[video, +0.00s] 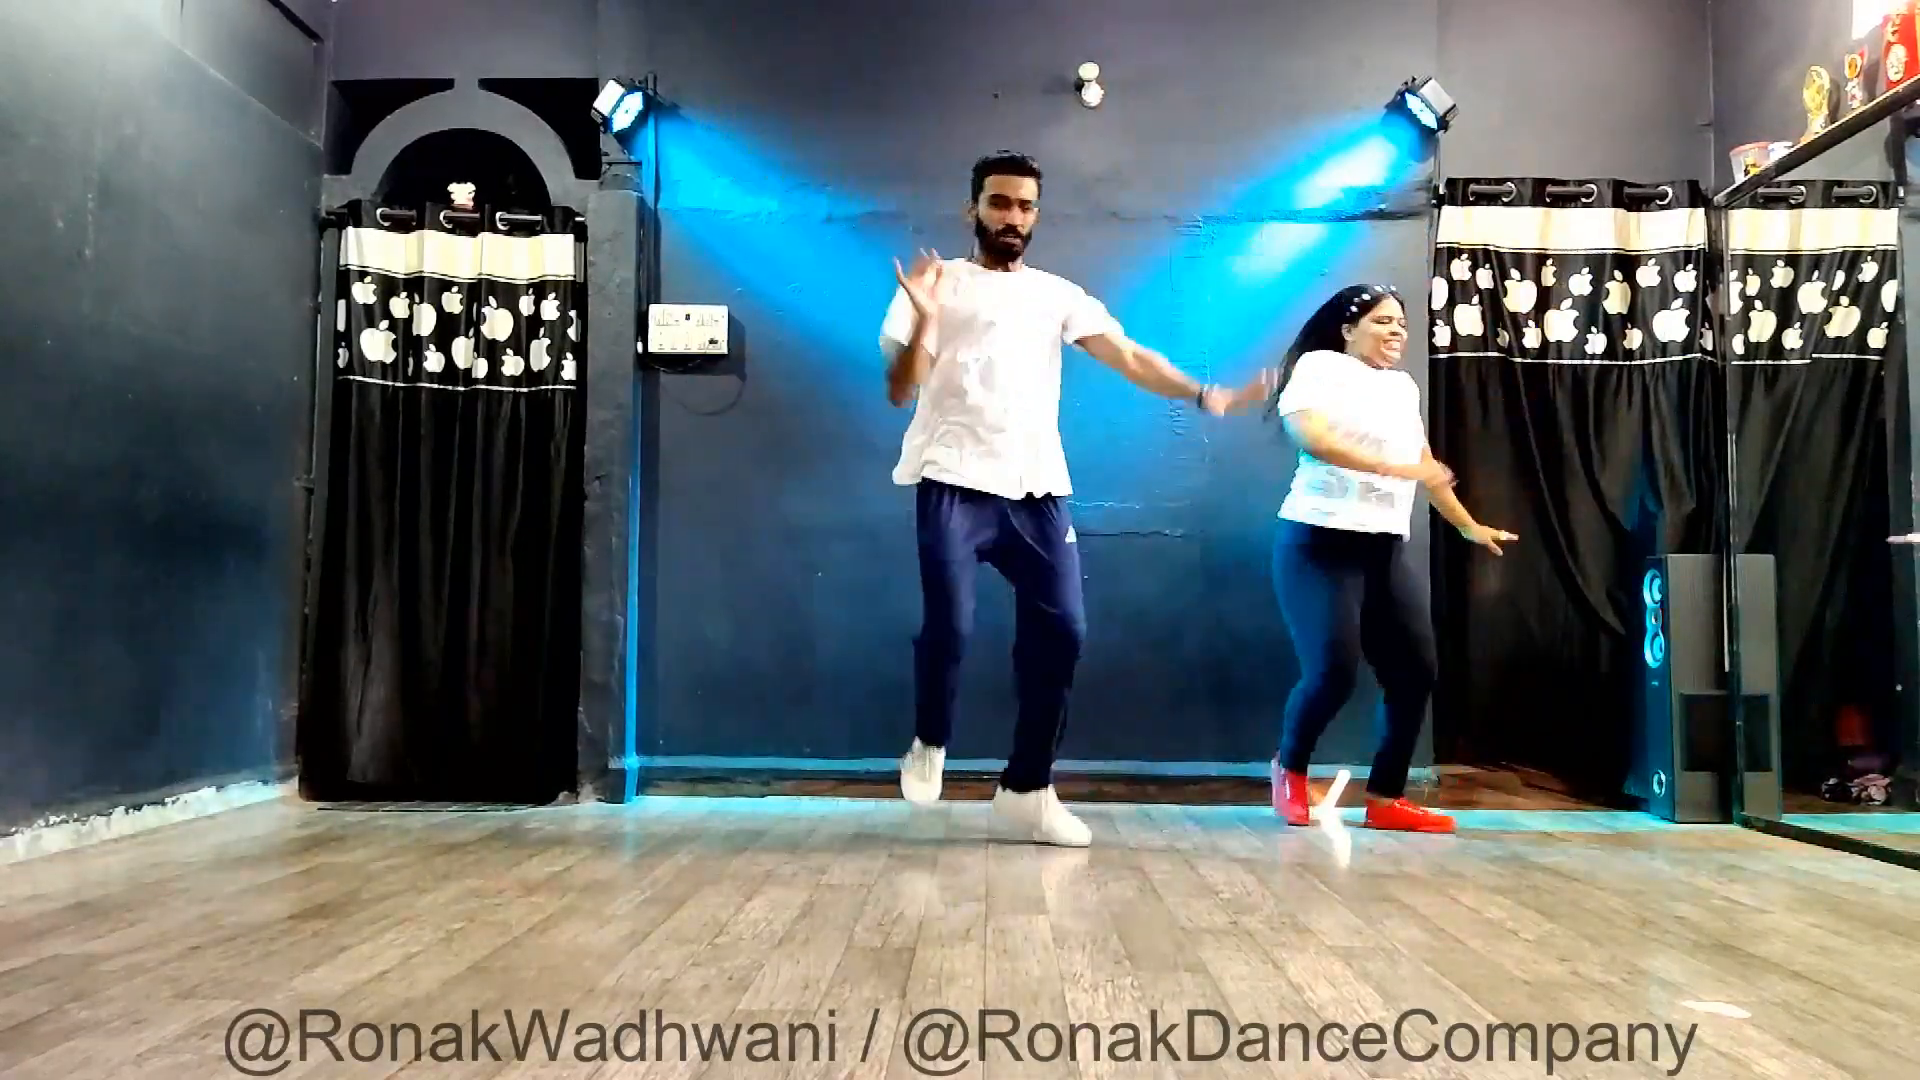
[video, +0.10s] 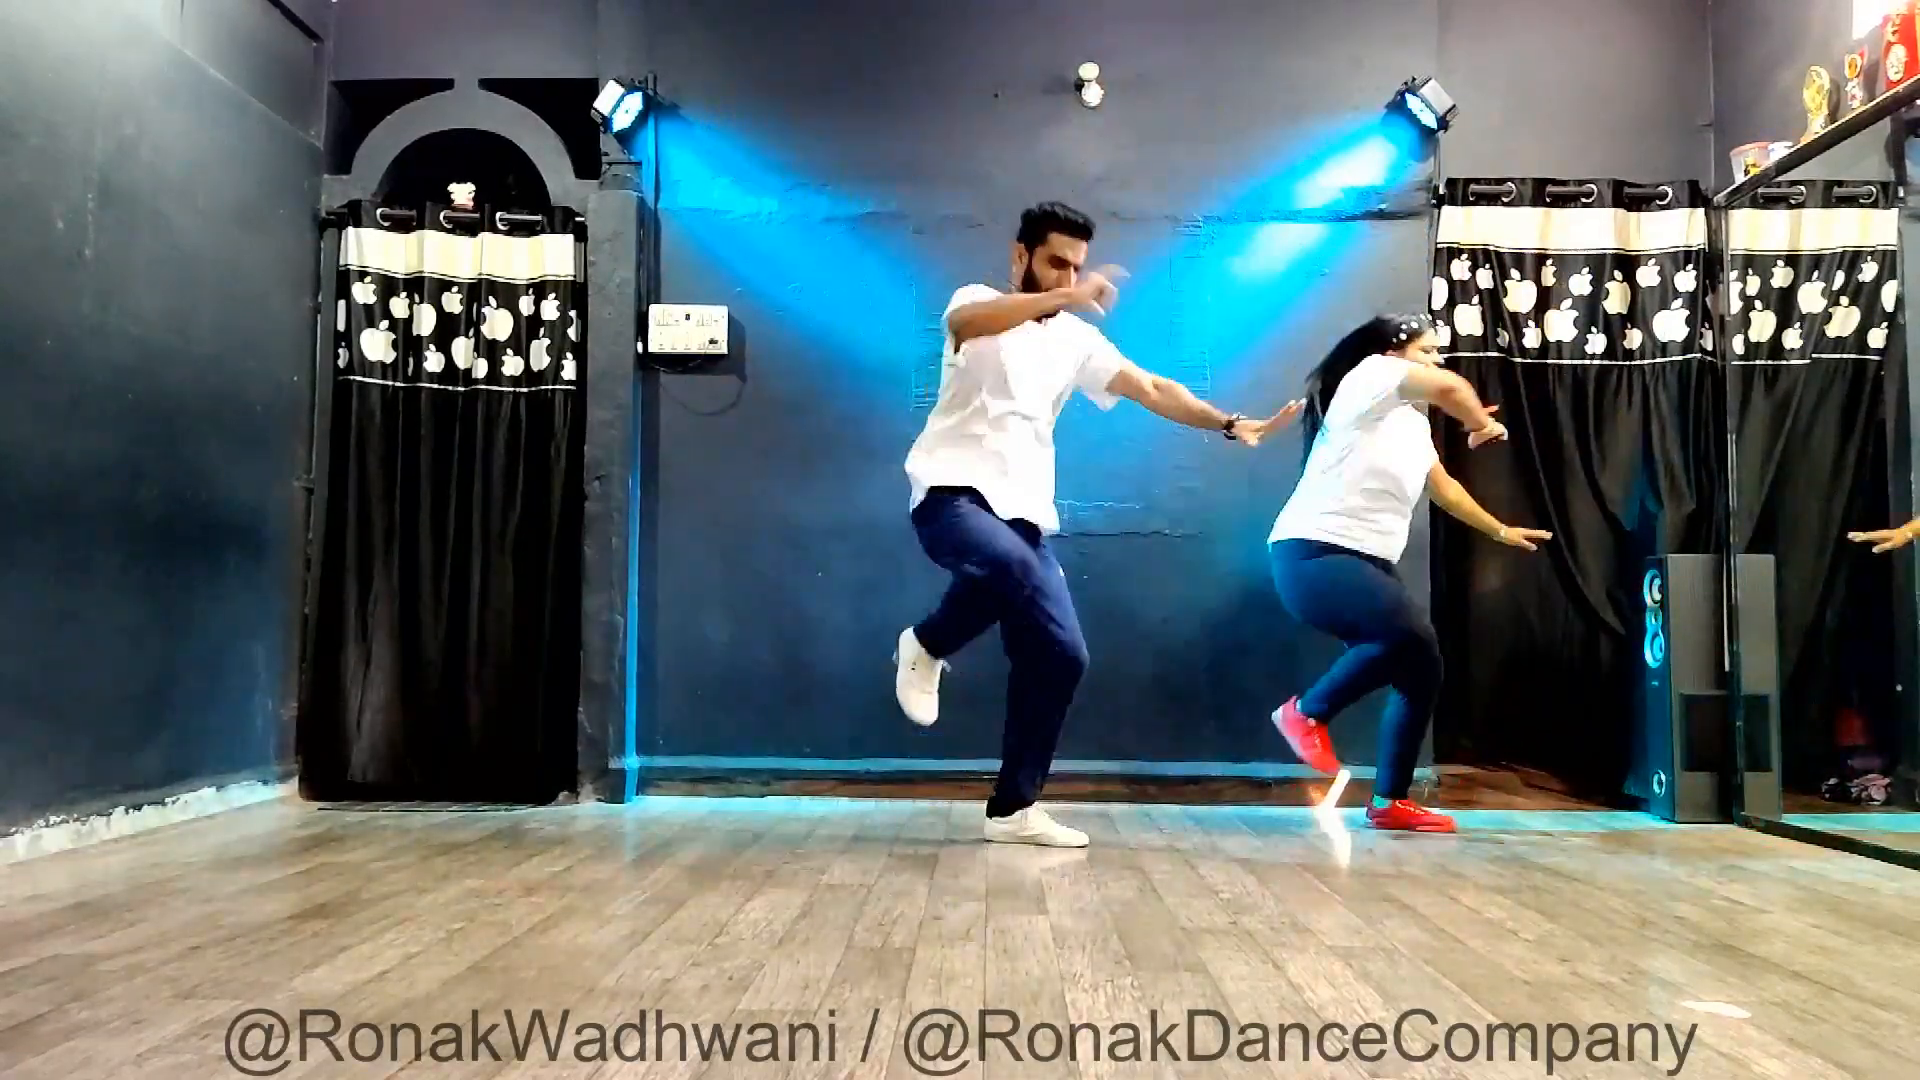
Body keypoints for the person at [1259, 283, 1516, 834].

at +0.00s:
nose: (1396, 332)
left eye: (1401, 326)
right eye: (1383, 322)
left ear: (1403, 336)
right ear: (1348, 327)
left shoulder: (1403, 388)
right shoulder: (1317, 367)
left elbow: (1422, 464)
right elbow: (1317, 440)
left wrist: (1469, 525)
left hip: (1386, 547)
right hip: (1317, 541)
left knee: (1413, 670)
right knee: (1330, 672)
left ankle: (1385, 798)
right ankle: (1289, 771)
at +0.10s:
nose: (1439, 362)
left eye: (1438, 353)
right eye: (1430, 351)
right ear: (1396, 351)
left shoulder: (1413, 428)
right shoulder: (1368, 376)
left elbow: (1445, 489)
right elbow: (1451, 386)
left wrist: (1501, 531)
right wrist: (1480, 422)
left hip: (1366, 563)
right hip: (1316, 550)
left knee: (1422, 668)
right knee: (1404, 633)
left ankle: (1390, 800)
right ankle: (1305, 714)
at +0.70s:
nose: (1382, 285)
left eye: (1392, 280)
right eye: (1368, 278)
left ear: (1403, 300)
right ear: (1343, 292)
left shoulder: (1410, 358)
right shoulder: (1326, 317)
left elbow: (1471, 397)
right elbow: (1258, 356)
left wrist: (1497, 375)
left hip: (1384, 502)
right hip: (1323, 496)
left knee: (1456, 585)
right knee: (1359, 634)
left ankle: (1401, 709)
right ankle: (1310, 773)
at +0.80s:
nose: (1381, 306)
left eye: (1391, 301)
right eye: (1367, 300)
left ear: (1403, 322)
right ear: (1343, 316)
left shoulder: (1417, 371)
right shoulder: (1320, 348)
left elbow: (1498, 379)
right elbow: (1248, 368)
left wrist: (1481, 366)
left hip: (1377, 529)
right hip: (1309, 527)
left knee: (1477, 548)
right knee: (1314, 666)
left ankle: (1419, 658)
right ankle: (1284, 798)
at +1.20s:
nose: (1400, 360)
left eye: (1409, 352)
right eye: (1389, 347)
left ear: (1416, 360)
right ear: (1358, 347)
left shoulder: (1421, 418)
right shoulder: (1312, 391)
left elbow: (1438, 507)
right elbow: (1228, 422)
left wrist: (1413, 444)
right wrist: (1154, 434)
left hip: (1389, 566)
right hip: (1308, 555)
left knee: (1454, 674)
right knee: (1311, 673)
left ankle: (1447, 800)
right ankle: (1286, 801)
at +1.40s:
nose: (1389, 309)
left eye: (1399, 301)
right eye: (1377, 297)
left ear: (1408, 310)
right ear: (1346, 298)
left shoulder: (1414, 349)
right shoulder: (1307, 337)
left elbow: (1503, 346)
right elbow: (1224, 359)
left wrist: (1435, 356)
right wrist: (1143, 364)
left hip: (1388, 504)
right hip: (1310, 507)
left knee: (1494, 552)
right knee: (1321, 644)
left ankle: (1462, 679)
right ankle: (1315, 784)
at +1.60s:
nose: (1396, 342)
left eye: (1407, 336)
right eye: (1384, 332)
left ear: (1417, 351)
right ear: (1359, 344)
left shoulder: (1428, 397)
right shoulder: (1313, 387)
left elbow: (1518, 396)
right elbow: (1230, 403)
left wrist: (1448, 403)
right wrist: (1154, 409)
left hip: (1390, 545)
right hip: (1317, 558)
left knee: (1490, 491)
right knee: (1328, 670)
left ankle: (1499, 624)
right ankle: (1325, 801)